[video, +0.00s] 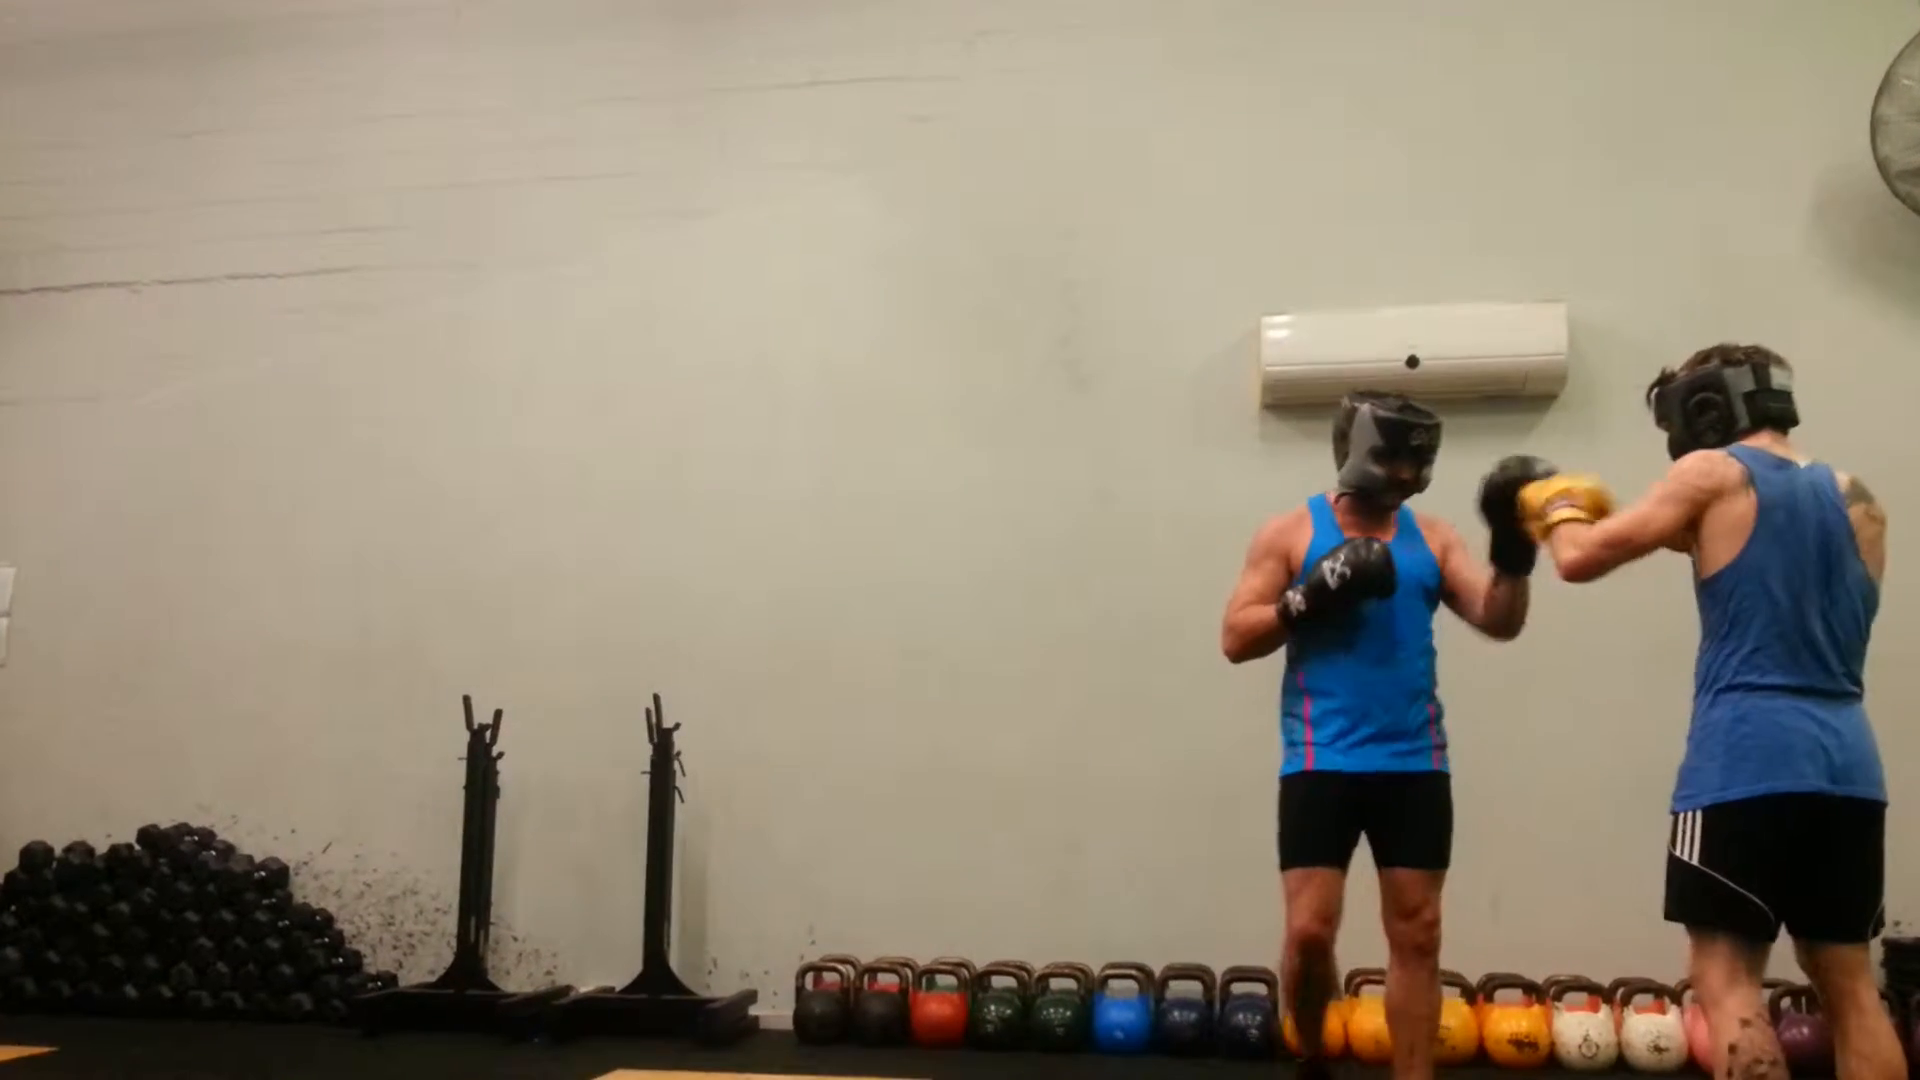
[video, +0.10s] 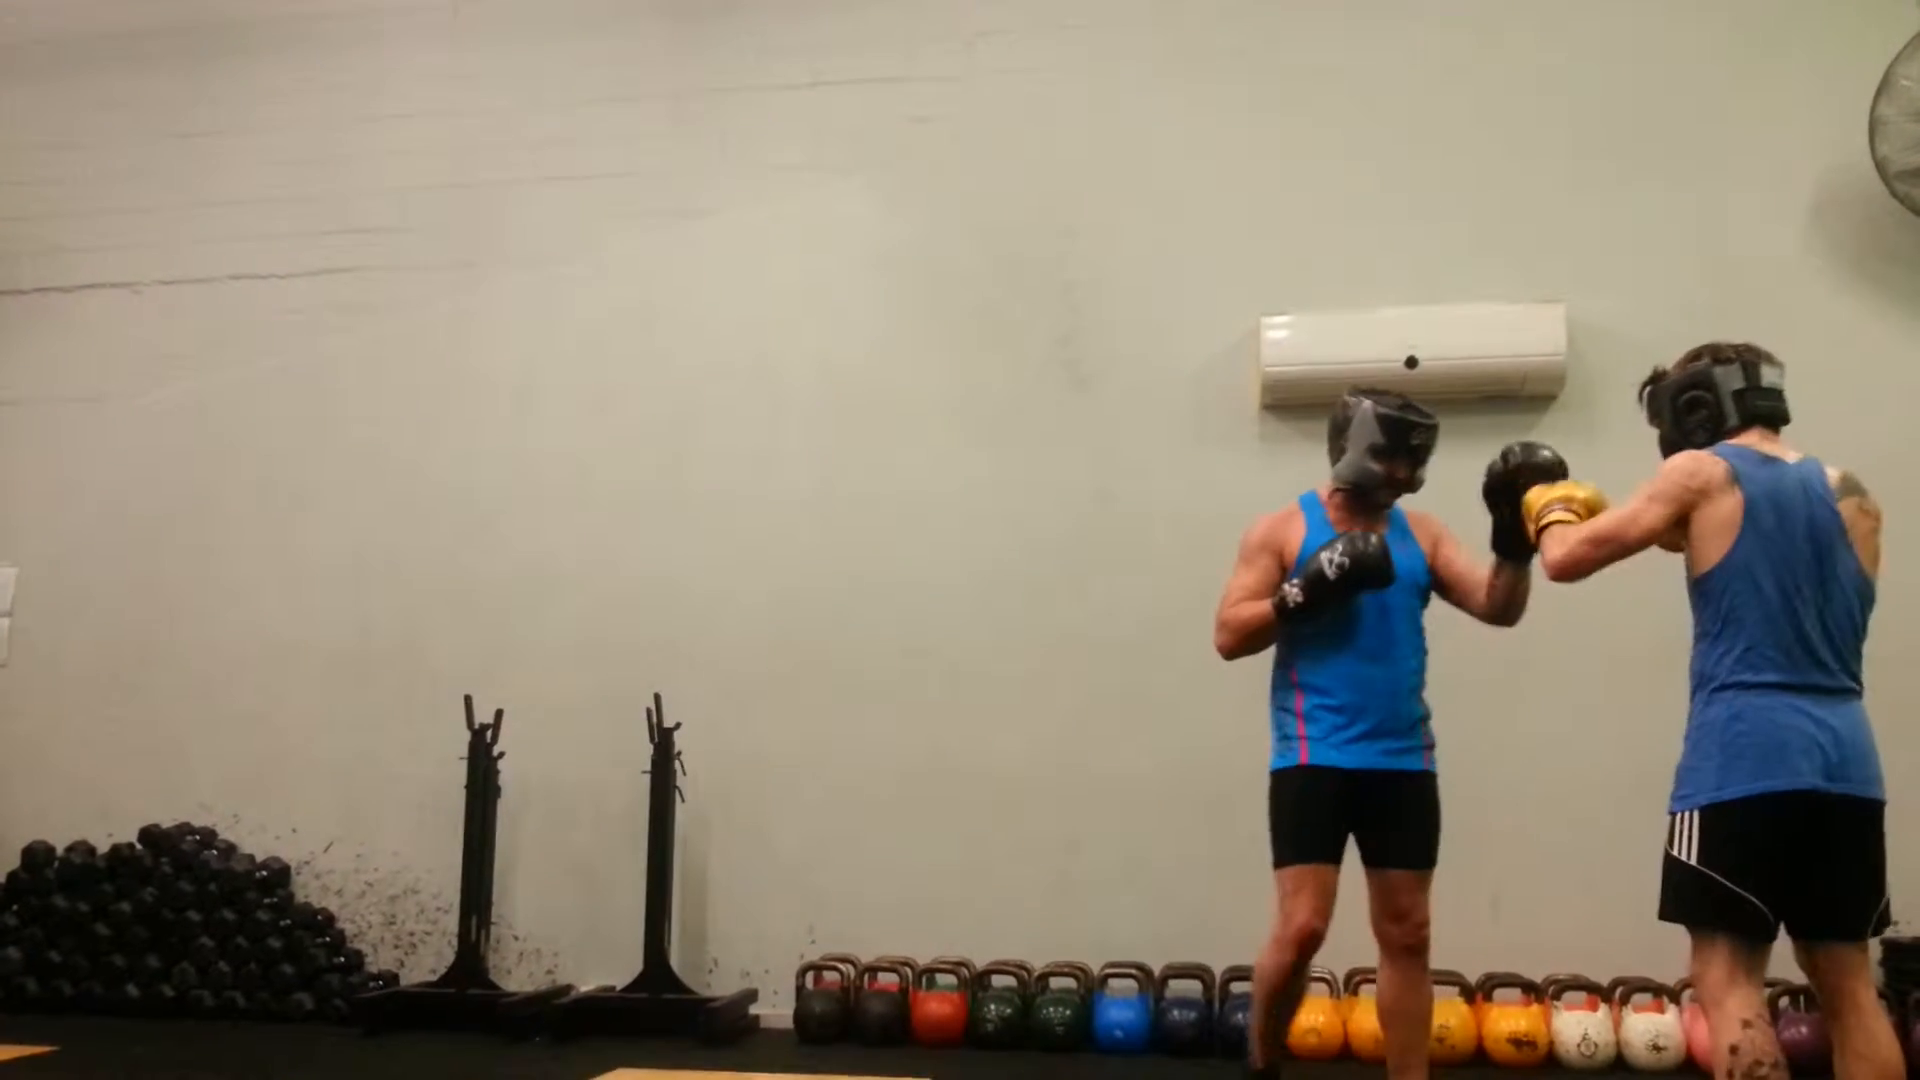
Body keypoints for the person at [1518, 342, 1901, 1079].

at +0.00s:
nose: (1678, 442)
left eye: (1680, 426)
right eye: (1675, 429)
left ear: (1710, 415)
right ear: (1781, 412)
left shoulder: (1711, 472)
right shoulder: (1859, 504)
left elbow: (1576, 556)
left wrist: (1561, 504)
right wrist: (1695, 524)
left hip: (1742, 769)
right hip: (1850, 772)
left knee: (1725, 977)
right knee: (1848, 976)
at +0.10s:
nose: (1671, 439)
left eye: (1674, 424)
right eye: (1668, 427)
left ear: (1700, 414)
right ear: (1770, 408)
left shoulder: (1701, 472)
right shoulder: (1855, 499)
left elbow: (1564, 558)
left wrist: (1557, 506)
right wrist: (1678, 523)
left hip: (1739, 768)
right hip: (1848, 770)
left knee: (1727, 977)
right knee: (1846, 976)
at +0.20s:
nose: (1657, 438)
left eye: (1659, 424)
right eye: (1654, 427)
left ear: (1684, 414)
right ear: (1757, 408)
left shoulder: (1686, 474)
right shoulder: (1846, 493)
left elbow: (1557, 569)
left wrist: (1543, 520)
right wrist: (1675, 526)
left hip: (1740, 767)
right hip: (1851, 767)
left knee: (1729, 976)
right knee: (1847, 974)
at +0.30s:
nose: (1635, 445)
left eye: (1637, 429)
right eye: (1635, 430)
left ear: (1667, 415)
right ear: (1742, 409)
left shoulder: (1672, 477)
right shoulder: (1832, 488)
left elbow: (1558, 584)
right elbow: (1829, 592)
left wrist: (1543, 544)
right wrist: (1661, 532)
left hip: (1749, 765)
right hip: (1860, 763)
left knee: (1733, 977)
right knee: (1857, 974)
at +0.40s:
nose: (1630, 455)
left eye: (1631, 438)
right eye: (1628, 441)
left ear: (1658, 419)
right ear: (1730, 409)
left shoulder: (1671, 477)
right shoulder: (1828, 482)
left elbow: (1562, 586)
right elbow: (1834, 590)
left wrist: (1547, 536)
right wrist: (1665, 526)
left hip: (1757, 766)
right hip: (1869, 761)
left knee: (1736, 985)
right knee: (1872, 976)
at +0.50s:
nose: (1637, 454)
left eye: (1638, 439)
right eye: (1636, 442)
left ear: (1663, 418)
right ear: (1735, 406)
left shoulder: (1682, 472)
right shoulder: (1832, 480)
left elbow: (1572, 575)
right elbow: (1839, 584)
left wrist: (1561, 518)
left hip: (1763, 766)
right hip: (1875, 762)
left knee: (1741, 988)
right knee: (1892, 977)